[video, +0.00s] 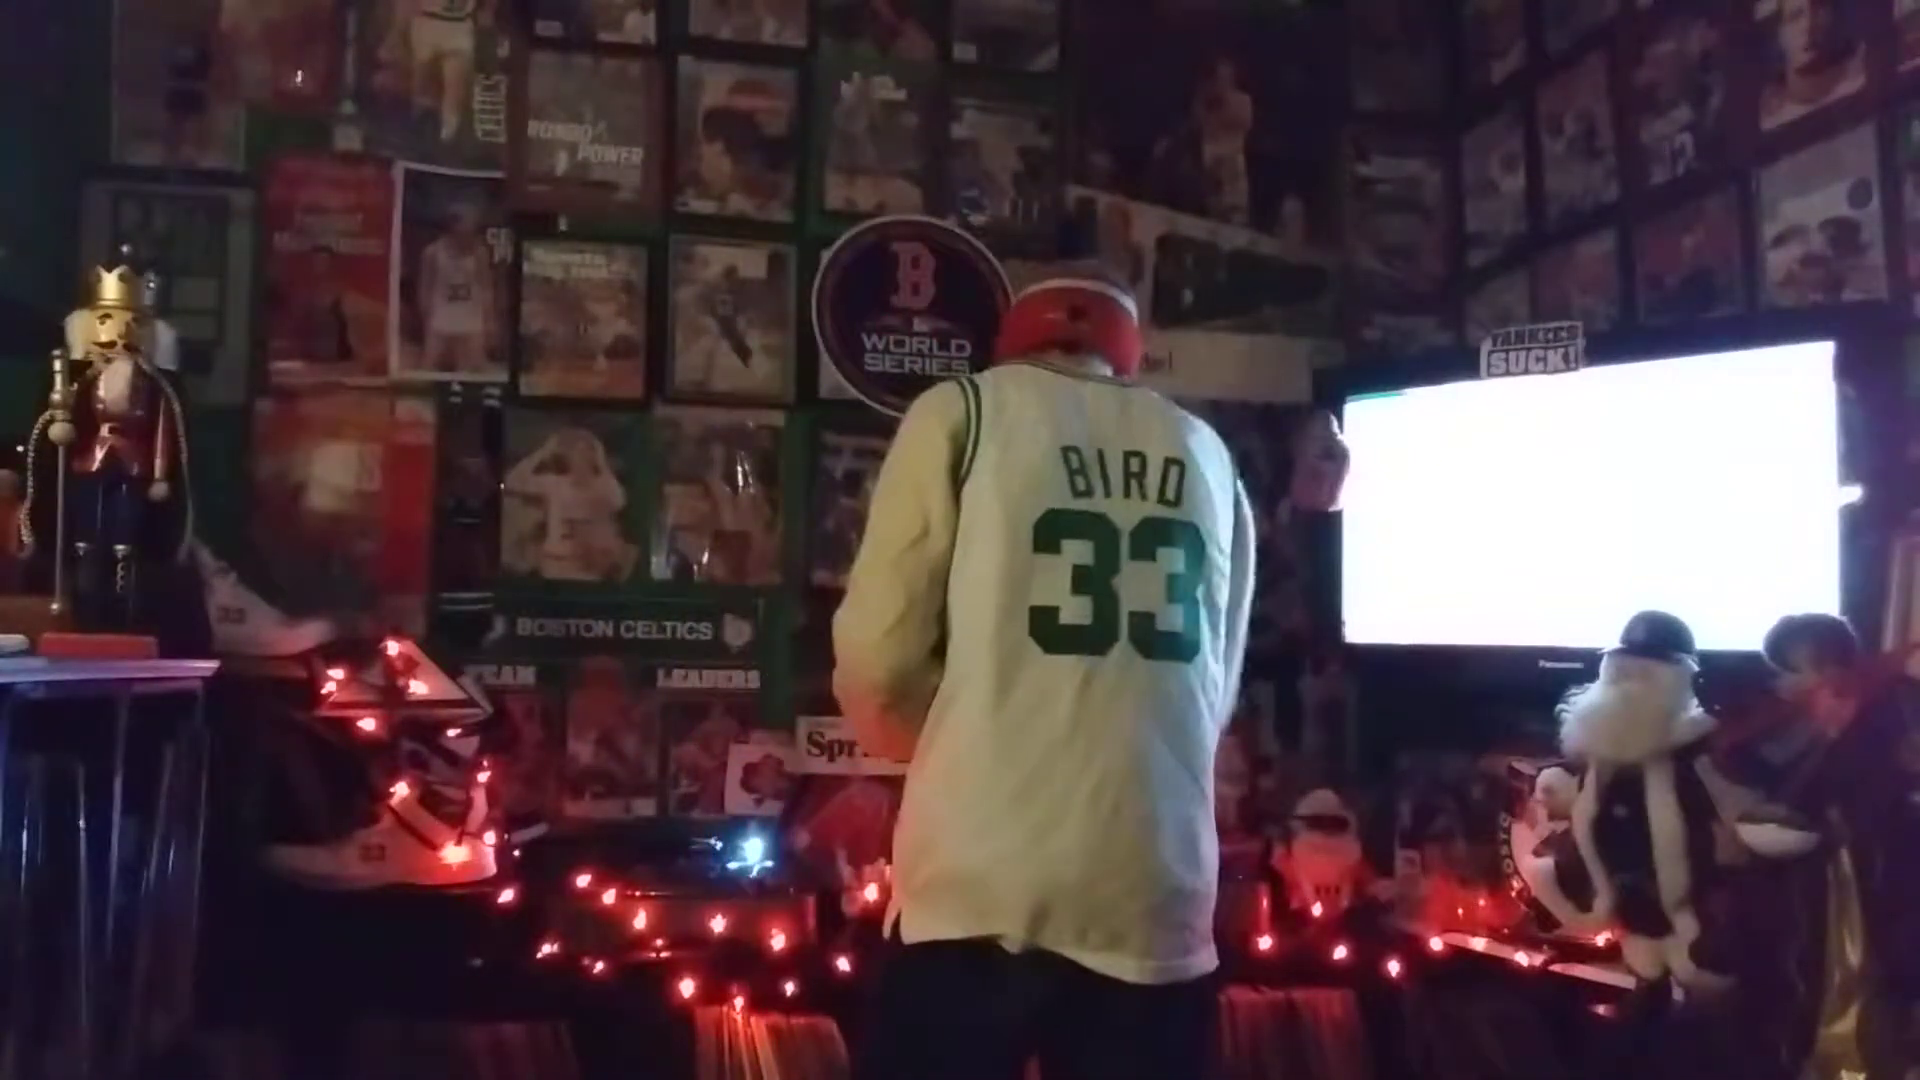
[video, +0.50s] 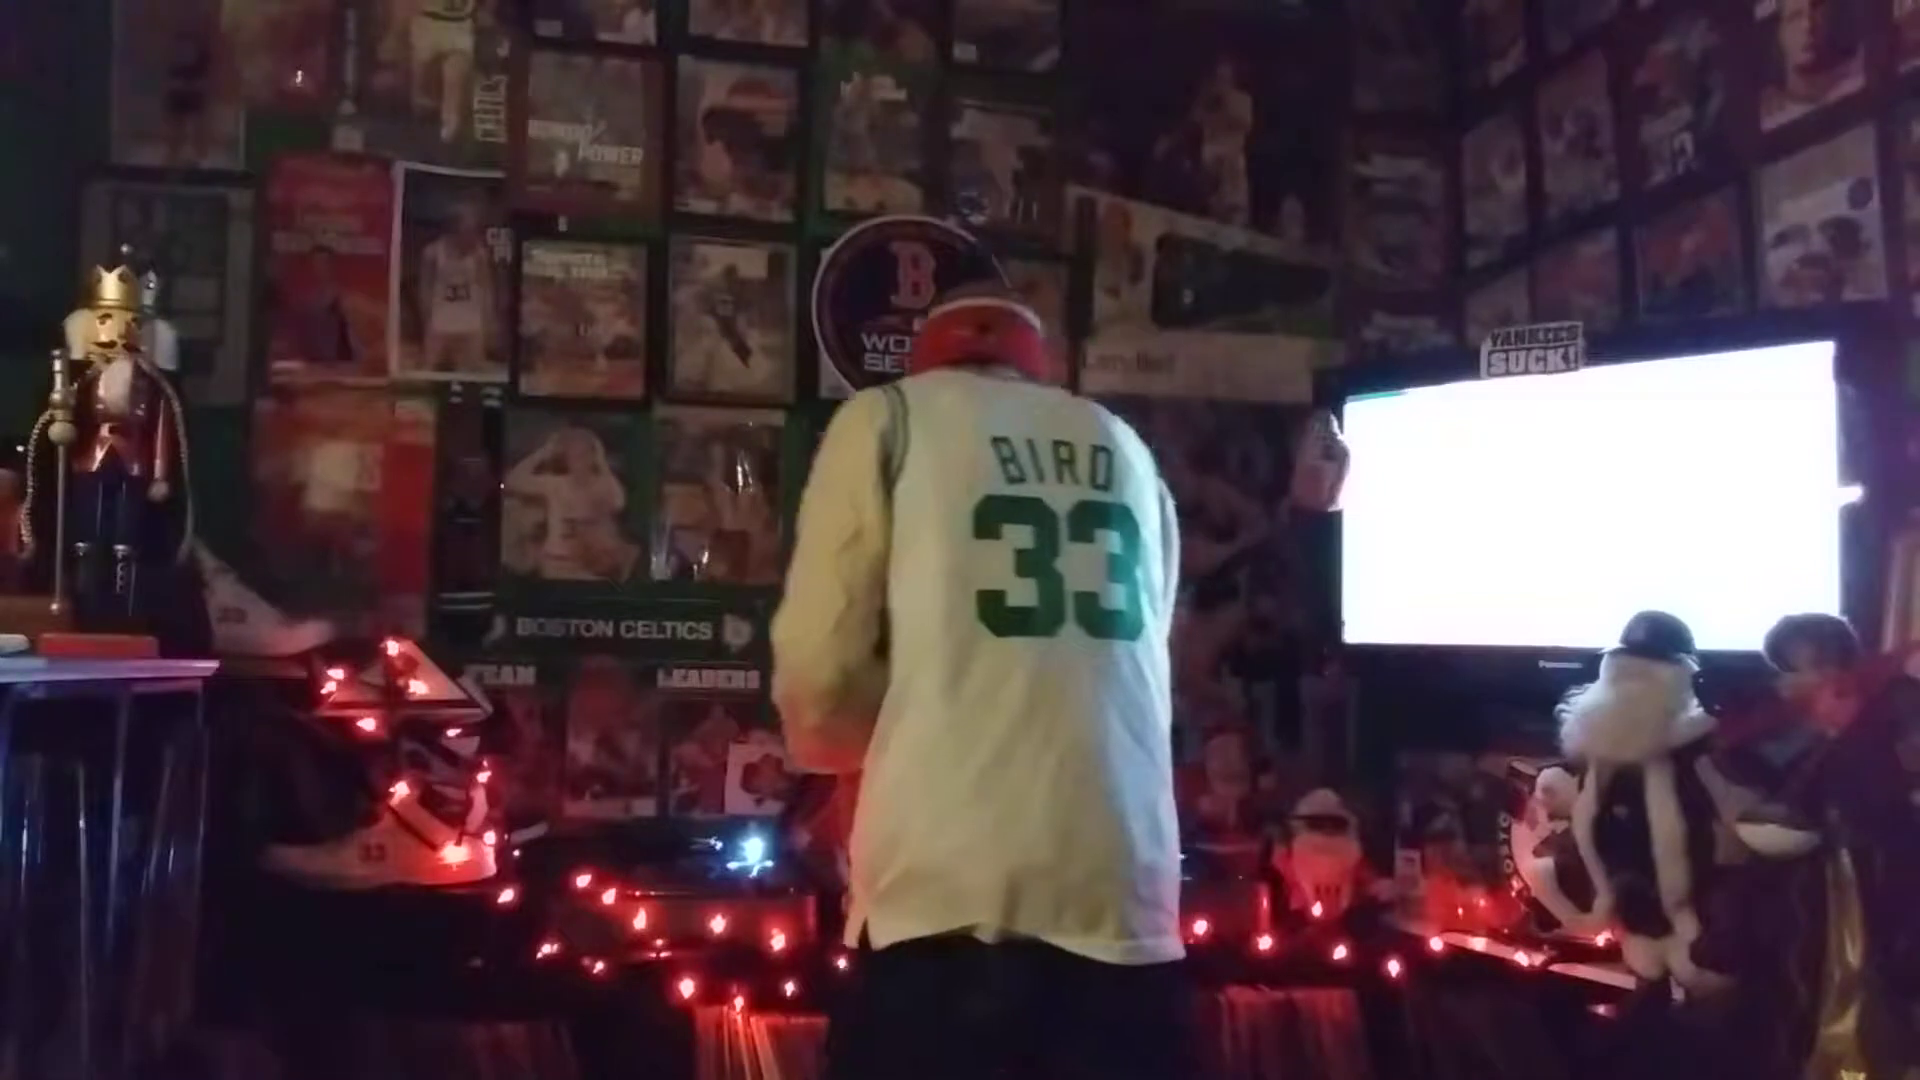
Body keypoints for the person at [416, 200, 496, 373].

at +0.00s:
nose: (465, 235)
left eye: (469, 230)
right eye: (461, 229)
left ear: (475, 229)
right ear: (452, 227)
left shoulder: (481, 252)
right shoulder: (433, 253)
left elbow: (488, 290)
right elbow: (425, 288)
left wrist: (490, 323)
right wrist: (427, 315)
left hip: (472, 328)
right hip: (440, 327)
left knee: (472, 379)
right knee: (433, 379)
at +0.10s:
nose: (466, 236)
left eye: (470, 231)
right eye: (462, 231)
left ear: (475, 231)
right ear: (452, 229)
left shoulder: (481, 252)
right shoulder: (433, 253)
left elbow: (487, 290)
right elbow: (425, 289)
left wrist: (490, 323)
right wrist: (428, 318)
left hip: (472, 329)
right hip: (440, 327)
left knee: (472, 379)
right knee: (434, 379)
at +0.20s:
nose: (465, 235)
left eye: (469, 230)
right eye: (461, 229)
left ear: (474, 230)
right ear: (452, 228)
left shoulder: (481, 252)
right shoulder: (433, 253)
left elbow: (487, 290)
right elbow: (425, 289)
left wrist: (490, 323)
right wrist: (428, 317)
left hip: (472, 328)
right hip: (440, 327)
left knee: (472, 378)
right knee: (434, 379)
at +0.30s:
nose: (466, 234)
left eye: (469, 229)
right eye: (462, 229)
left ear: (474, 229)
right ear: (452, 227)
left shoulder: (481, 252)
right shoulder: (433, 253)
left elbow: (487, 290)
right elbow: (425, 288)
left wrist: (490, 323)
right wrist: (427, 317)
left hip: (472, 328)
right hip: (440, 327)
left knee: (472, 379)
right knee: (434, 378)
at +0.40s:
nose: (469, 236)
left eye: (472, 231)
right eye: (464, 230)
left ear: (477, 231)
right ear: (455, 229)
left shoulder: (481, 254)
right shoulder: (433, 253)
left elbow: (488, 291)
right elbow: (425, 289)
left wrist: (490, 323)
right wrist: (427, 319)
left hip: (471, 330)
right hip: (439, 330)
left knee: (472, 383)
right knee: (433, 382)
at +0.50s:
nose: (469, 235)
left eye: (473, 230)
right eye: (465, 230)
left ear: (477, 230)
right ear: (455, 229)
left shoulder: (481, 254)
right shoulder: (433, 253)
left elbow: (488, 290)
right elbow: (425, 288)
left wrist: (490, 321)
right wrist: (427, 319)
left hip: (472, 329)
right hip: (440, 328)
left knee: (472, 381)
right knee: (433, 380)